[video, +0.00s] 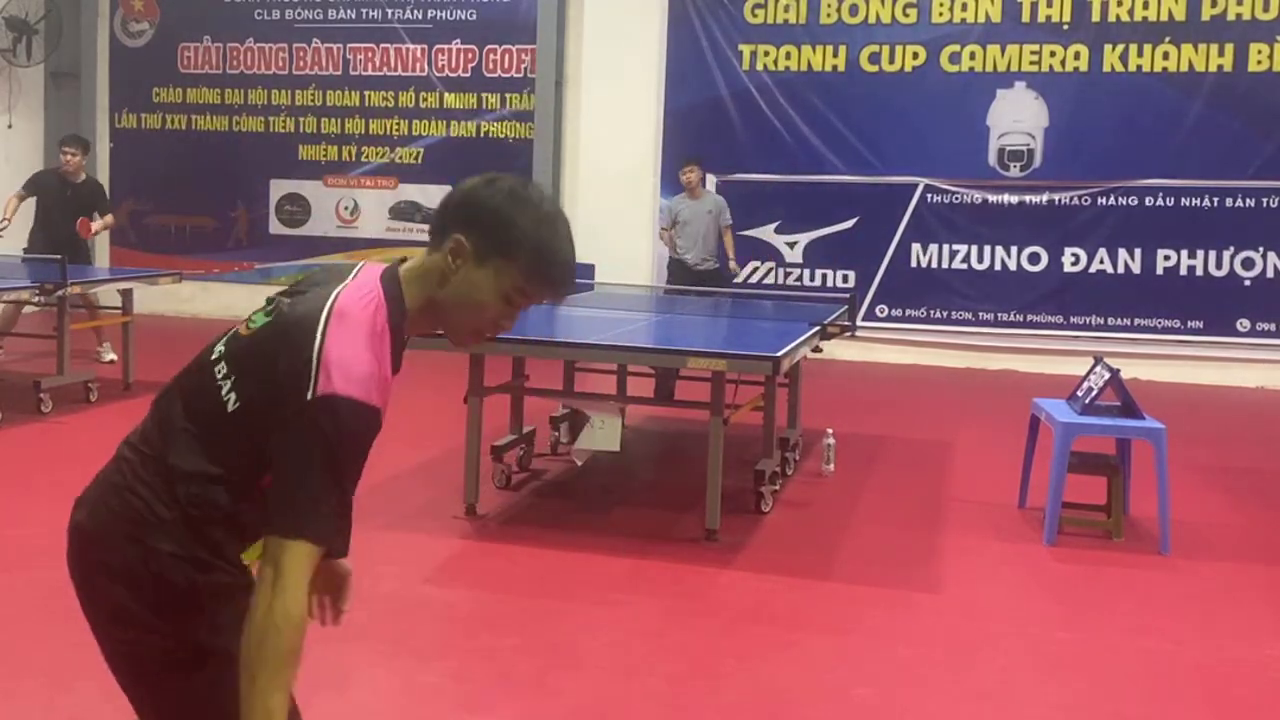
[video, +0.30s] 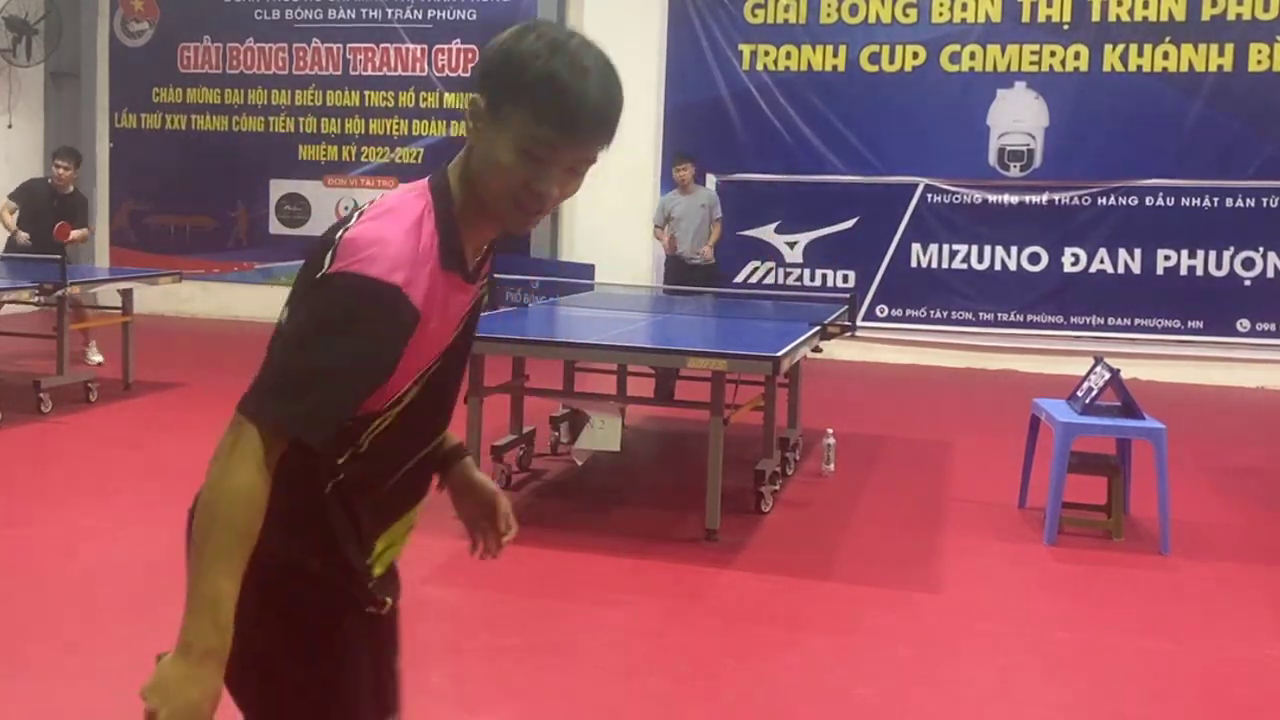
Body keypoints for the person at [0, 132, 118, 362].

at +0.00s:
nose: (67, 159)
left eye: (73, 155)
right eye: (64, 154)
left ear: (84, 158)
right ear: (59, 155)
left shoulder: (93, 187)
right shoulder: (43, 178)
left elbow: (109, 219)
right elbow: (17, 198)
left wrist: (99, 225)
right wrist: (7, 217)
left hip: (76, 256)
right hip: (40, 254)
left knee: (89, 298)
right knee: (16, 300)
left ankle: (103, 345)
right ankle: (1, 344)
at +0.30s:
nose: (60, 172)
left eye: (66, 169)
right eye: (57, 167)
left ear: (76, 173)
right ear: (51, 166)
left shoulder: (79, 200)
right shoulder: (34, 186)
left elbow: (85, 232)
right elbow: (4, 210)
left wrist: (77, 235)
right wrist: (15, 231)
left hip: (54, 261)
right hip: (18, 258)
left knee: (77, 297)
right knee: (2, 297)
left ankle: (90, 346)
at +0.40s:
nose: (58, 181)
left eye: (64, 178)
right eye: (55, 175)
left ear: (73, 182)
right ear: (49, 174)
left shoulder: (73, 208)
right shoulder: (29, 192)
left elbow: (74, 240)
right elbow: (3, 218)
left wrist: (73, 243)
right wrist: (18, 235)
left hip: (47, 263)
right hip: (13, 260)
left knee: (76, 294)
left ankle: (83, 348)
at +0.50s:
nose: (55, 184)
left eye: (61, 181)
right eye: (52, 178)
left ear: (70, 186)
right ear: (46, 177)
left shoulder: (67, 212)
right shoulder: (23, 192)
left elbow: (59, 242)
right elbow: (0, 216)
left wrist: (62, 245)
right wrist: (8, 235)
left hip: (42, 262)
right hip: (10, 259)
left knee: (66, 294)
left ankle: (86, 344)